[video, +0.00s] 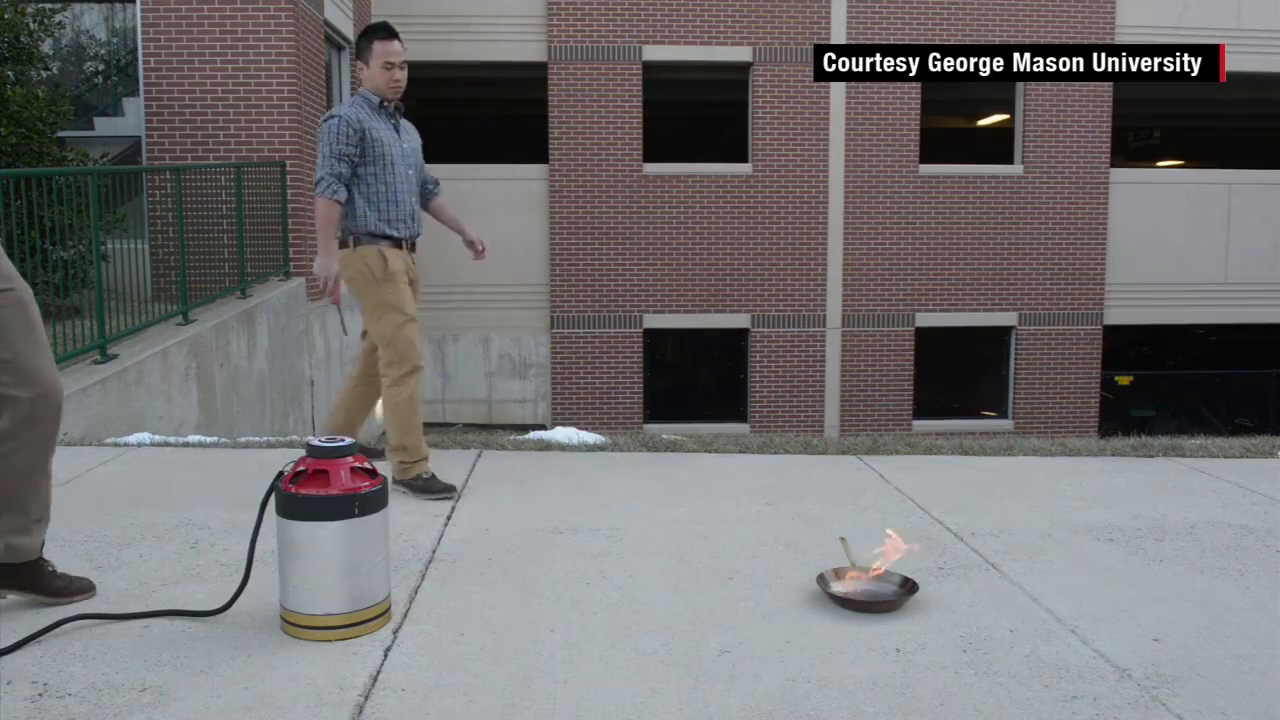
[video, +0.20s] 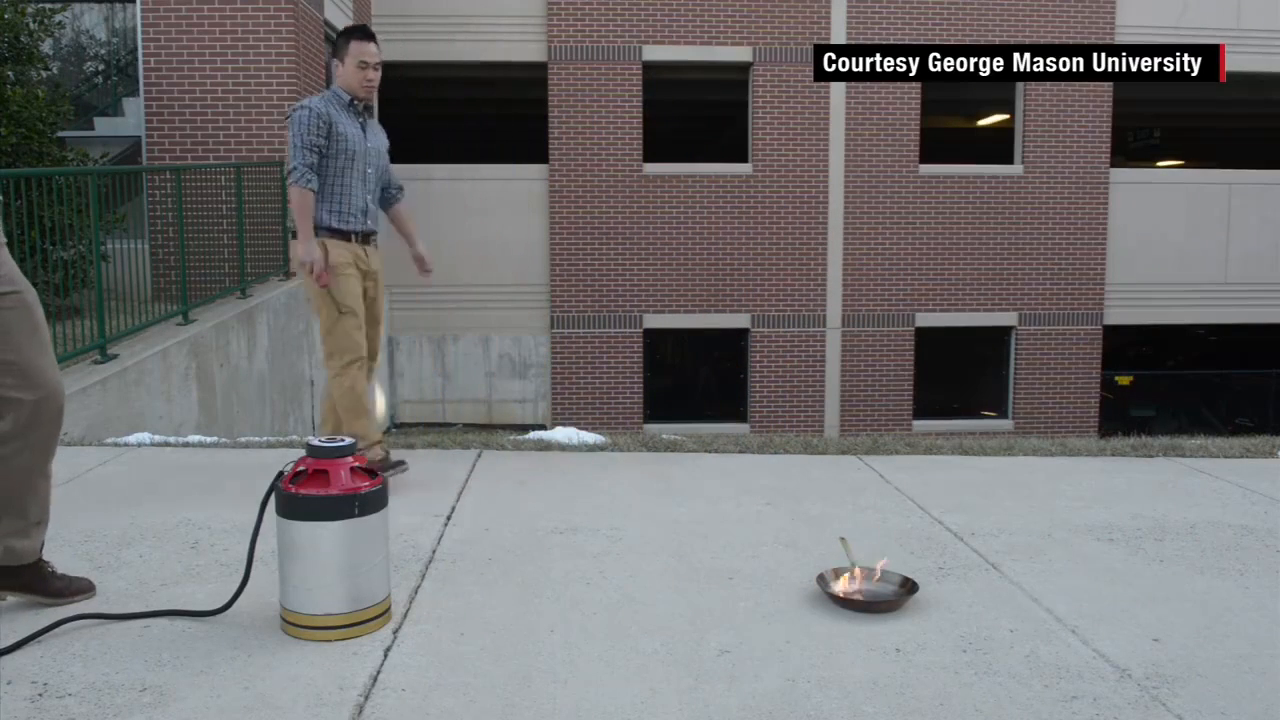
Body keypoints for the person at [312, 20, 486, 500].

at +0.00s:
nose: (399, 74)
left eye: (403, 65)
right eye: (388, 66)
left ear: (406, 68)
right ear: (361, 69)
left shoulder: (406, 129)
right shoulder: (345, 121)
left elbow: (425, 192)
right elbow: (329, 192)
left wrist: (464, 230)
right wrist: (327, 257)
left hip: (404, 254)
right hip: (370, 254)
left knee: (377, 362)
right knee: (403, 360)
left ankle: (329, 448)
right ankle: (412, 469)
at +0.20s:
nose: (373, 74)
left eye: (377, 66)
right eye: (363, 65)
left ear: (379, 70)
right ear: (337, 67)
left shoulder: (374, 128)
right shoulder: (313, 112)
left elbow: (388, 192)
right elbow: (301, 178)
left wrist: (414, 243)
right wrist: (306, 239)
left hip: (368, 250)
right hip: (330, 248)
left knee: (365, 354)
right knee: (348, 353)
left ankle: (333, 444)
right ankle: (366, 448)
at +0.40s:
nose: (321, 69)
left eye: (325, 61)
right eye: (310, 61)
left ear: (330, 66)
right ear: (286, 65)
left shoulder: (327, 120)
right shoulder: (271, 113)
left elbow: (334, 191)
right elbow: (267, 181)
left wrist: (345, 243)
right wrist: (297, 227)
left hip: (331, 245)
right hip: (290, 243)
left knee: (342, 345)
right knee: (293, 339)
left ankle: (334, 443)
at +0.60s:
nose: (273, 75)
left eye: (276, 66)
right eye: (262, 67)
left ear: (279, 70)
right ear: (236, 72)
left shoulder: (280, 128)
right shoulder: (224, 122)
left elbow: (291, 197)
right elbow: (231, 189)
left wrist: (309, 248)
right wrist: (270, 226)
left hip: (294, 259)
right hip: (247, 258)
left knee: (324, 354)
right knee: (221, 358)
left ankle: (338, 446)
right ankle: (159, 443)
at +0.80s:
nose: (209, 67)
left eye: (213, 58)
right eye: (198, 59)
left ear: (217, 63)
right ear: (171, 63)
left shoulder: (219, 123)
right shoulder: (155, 116)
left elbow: (235, 188)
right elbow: (162, 185)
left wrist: (256, 241)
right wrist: (200, 230)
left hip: (224, 253)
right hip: (177, 252)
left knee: (257, 349)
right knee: (165, 359)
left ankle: (295, 440)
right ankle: (146, 456)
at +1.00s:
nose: (148, 55)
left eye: (152, 46)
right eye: (136, 47)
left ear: (156, 51)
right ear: (109, 54)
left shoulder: (162, 112)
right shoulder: (99, 109)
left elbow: (180, 173)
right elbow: (97, 183)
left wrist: (205, 216)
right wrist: (104, 246)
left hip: (178, 248)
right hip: (138, 248)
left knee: (184, 345)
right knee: (138, 356)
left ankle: (134, 431)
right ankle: (141, 454)